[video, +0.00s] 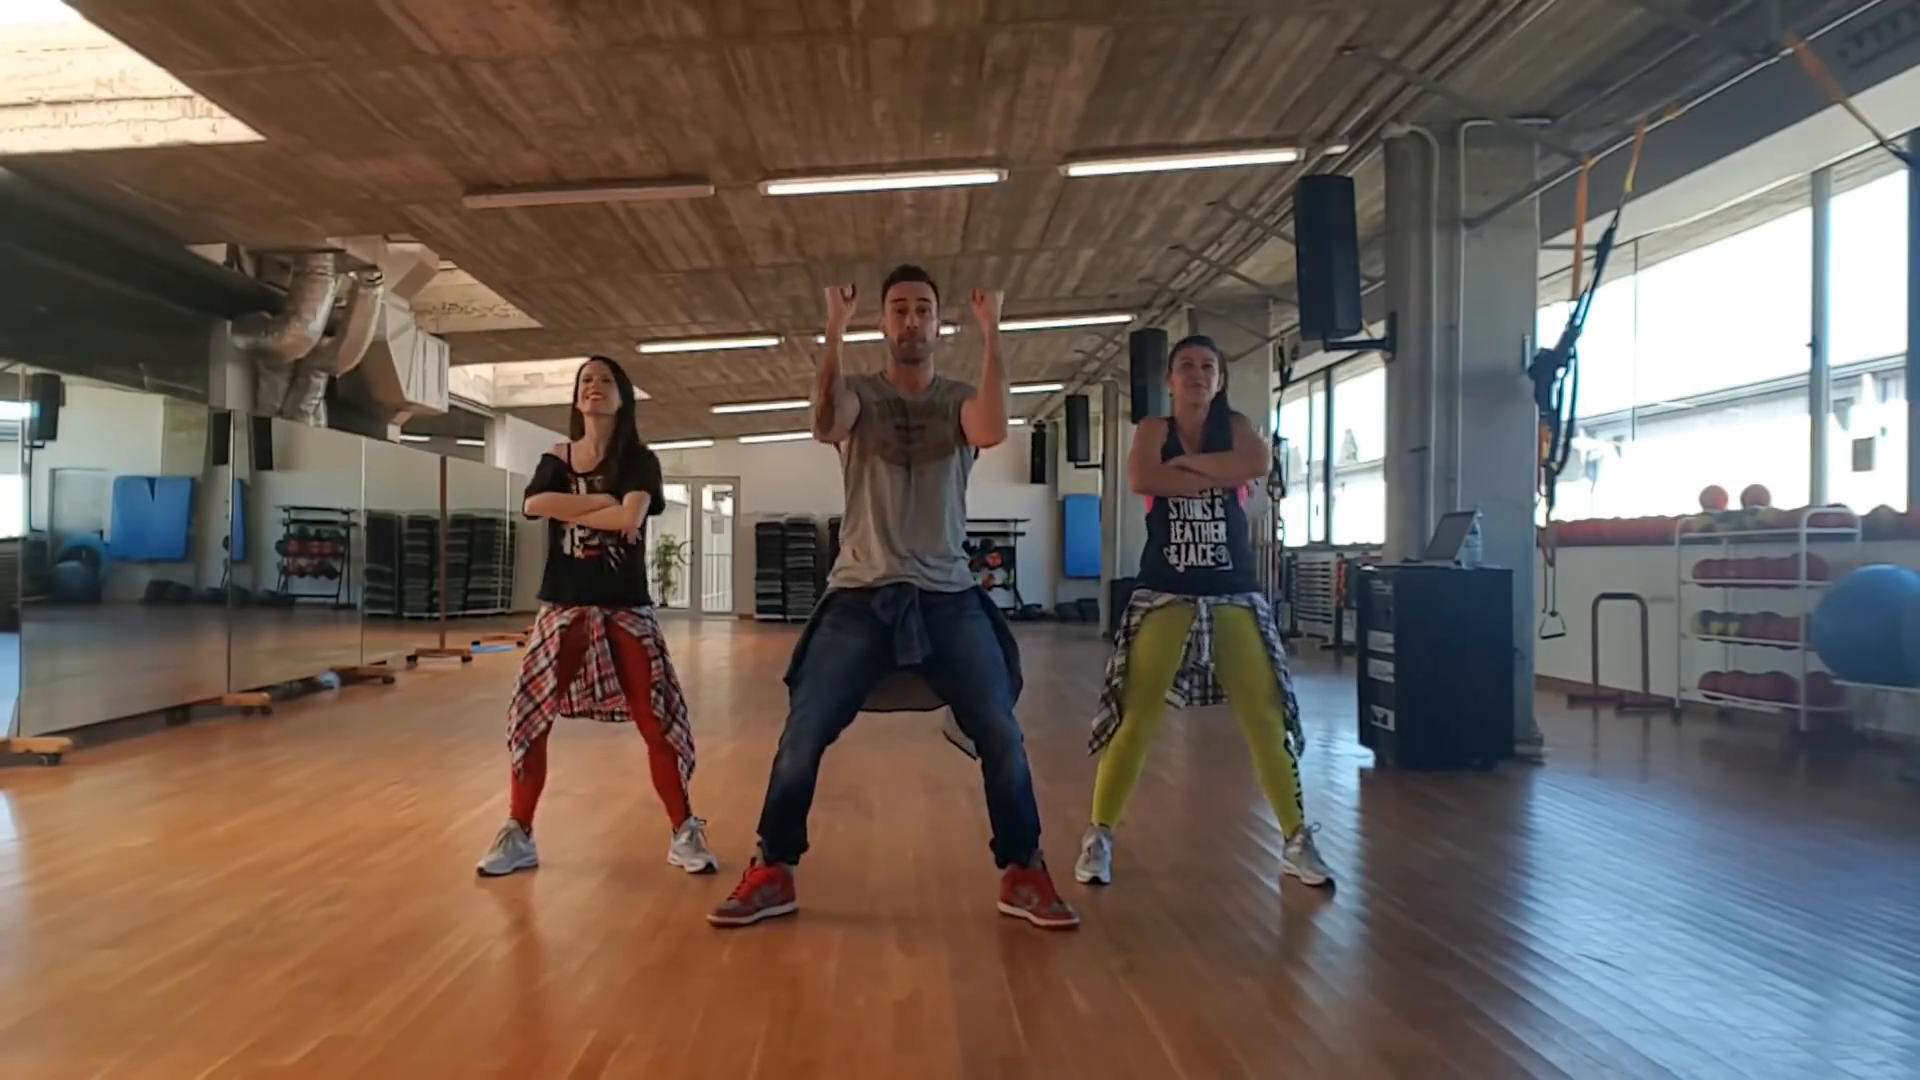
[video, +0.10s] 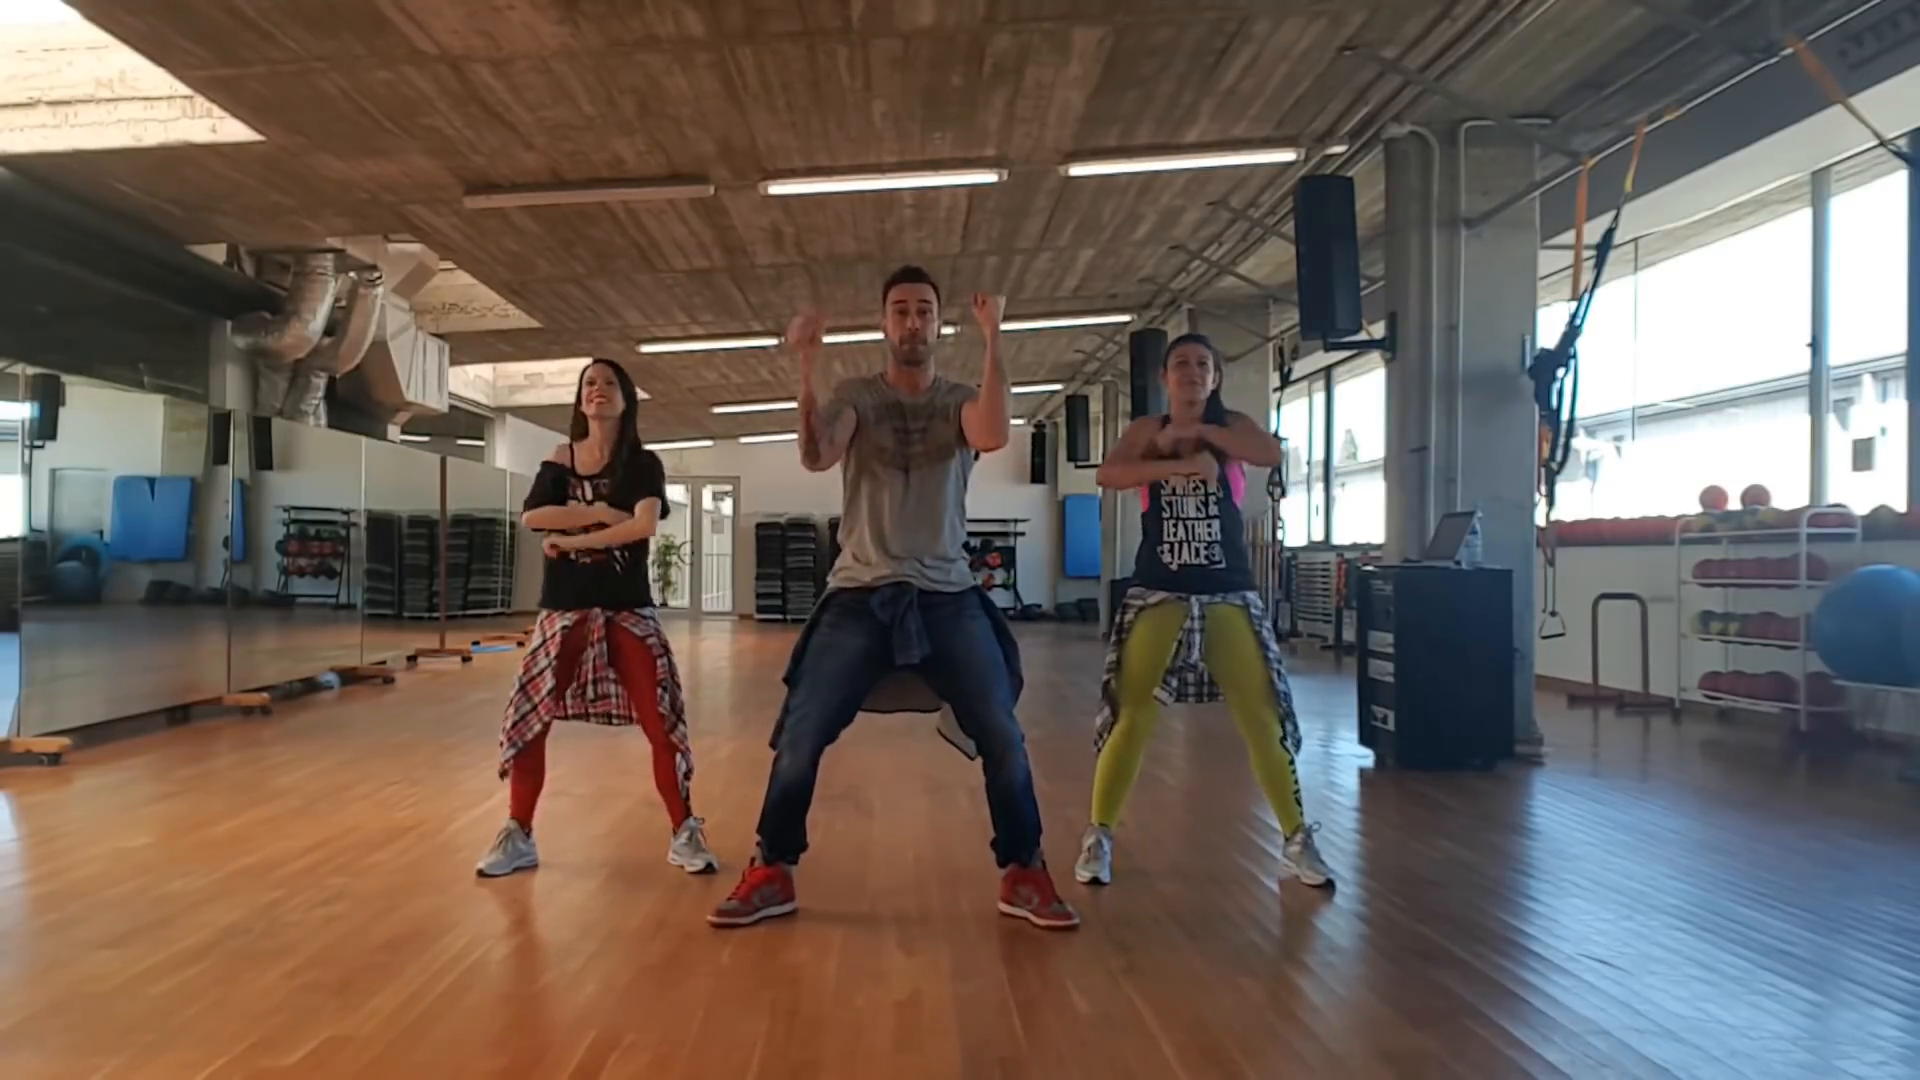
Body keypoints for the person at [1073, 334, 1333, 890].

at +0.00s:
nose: (1197, 374)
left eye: (1206, 367)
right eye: (1186, 366)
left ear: (1220, 379)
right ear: (1170, 379)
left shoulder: (1236, 426)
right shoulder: (1153, 429)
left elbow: (1257, 464)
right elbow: (1141, 478)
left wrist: (1181, 462)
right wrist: (1220, 476)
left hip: (1233, 591)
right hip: (1164, 591)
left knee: (1264, 714)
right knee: (1138, 717)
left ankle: (1297, 841)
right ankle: (1098, 838)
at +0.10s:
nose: (1192, 372)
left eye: (1202, 364)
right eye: (1182, 364)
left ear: (1216, 377)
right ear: (1164, 377)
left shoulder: (1235, 426)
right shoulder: (1146, 429)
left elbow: (1270, 454)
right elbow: (1108, 475)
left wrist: (1203, 431)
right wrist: (1165, 460)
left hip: (1227, 591)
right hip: (1157, 591)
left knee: (1260, 714)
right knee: (1134, 715)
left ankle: (1297, 840)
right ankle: (1098, 838)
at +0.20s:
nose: (1193, 371)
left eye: (1202, 362)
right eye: (1182, 362)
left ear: (1216, 377)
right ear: (1164, 376)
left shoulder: (1232, 428)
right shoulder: (1146, 430)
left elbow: (1287, 444)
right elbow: (1094, 461)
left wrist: (1241, 387)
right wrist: (1145, 410)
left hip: (1226, 592)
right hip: (1157, 592)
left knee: (1258, 712)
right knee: (1132, 714)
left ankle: (1295, 840)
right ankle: (1098, 838)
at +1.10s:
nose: (1141, 382)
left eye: (1151, 373)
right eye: (1131, 372)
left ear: (1168, 386)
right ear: (1116, 382)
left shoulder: (1181, 445)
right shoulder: (1097, 437)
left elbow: (1256, 451)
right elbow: (1065, 450)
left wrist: (1245, 386)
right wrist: (1101, 392)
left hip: (1164, 600)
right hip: (1095, 600)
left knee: (1219, 710)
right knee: (1085, 729)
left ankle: (1248, 827)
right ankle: (1076, 837)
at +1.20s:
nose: (1132, 375)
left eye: (1143, 367)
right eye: (1123, 366)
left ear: (1158, 378)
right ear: (1107, 375)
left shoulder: (1173, 437)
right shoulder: (1085, 430)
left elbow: (1248, 442)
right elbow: (1029, 444)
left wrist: (1231, 380)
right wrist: (1054, 381)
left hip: (1156, 595)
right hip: (1087, 594)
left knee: (1201, 703)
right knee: (1086, 722)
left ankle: (1177, 813)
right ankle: (1076, 836)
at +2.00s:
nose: (1202, 378)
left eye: (1210, 368)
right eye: (1191, 369)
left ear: (1222, 377)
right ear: (1172, 380)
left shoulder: (1242, 435)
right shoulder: (1159, 438)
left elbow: (1311, 432)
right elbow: (1091, 453)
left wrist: (1285, 379)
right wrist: (1102, 385)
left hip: (1233, 596)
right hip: (1171, 595)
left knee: (1256, 711)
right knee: (1134, 712)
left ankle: (1256, 840)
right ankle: (1088, 831)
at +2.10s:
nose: (1208, 377)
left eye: (1218, 367)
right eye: (1198, 368)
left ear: (1233, 377)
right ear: (1180, 379)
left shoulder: (1256, 433)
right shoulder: (1165, 439)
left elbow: (1328, 430)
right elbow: (1115, 442)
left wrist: (1308, 375)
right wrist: (1148, 380)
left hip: (1246, 596)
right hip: (1177, 595)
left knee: (1257, 718)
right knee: (1141, 707)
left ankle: (1256, 841)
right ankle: (1131, 821)